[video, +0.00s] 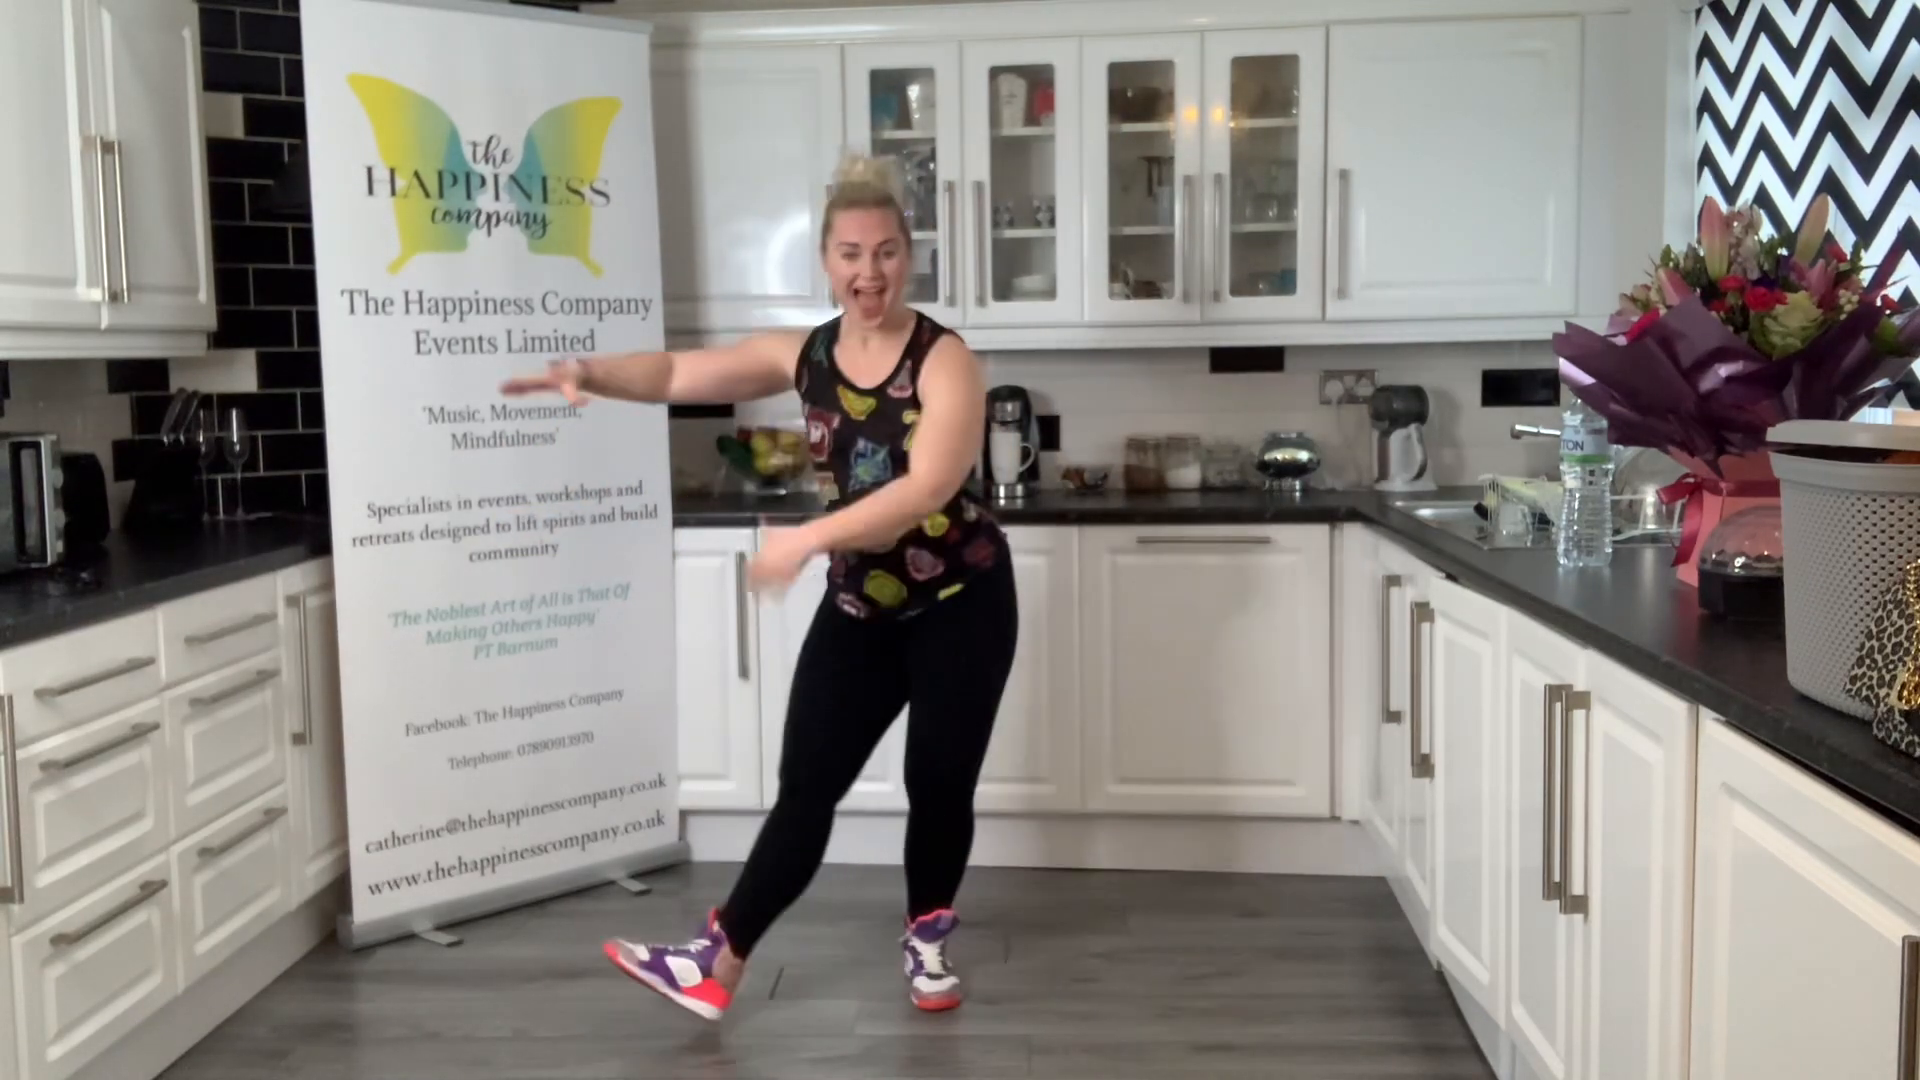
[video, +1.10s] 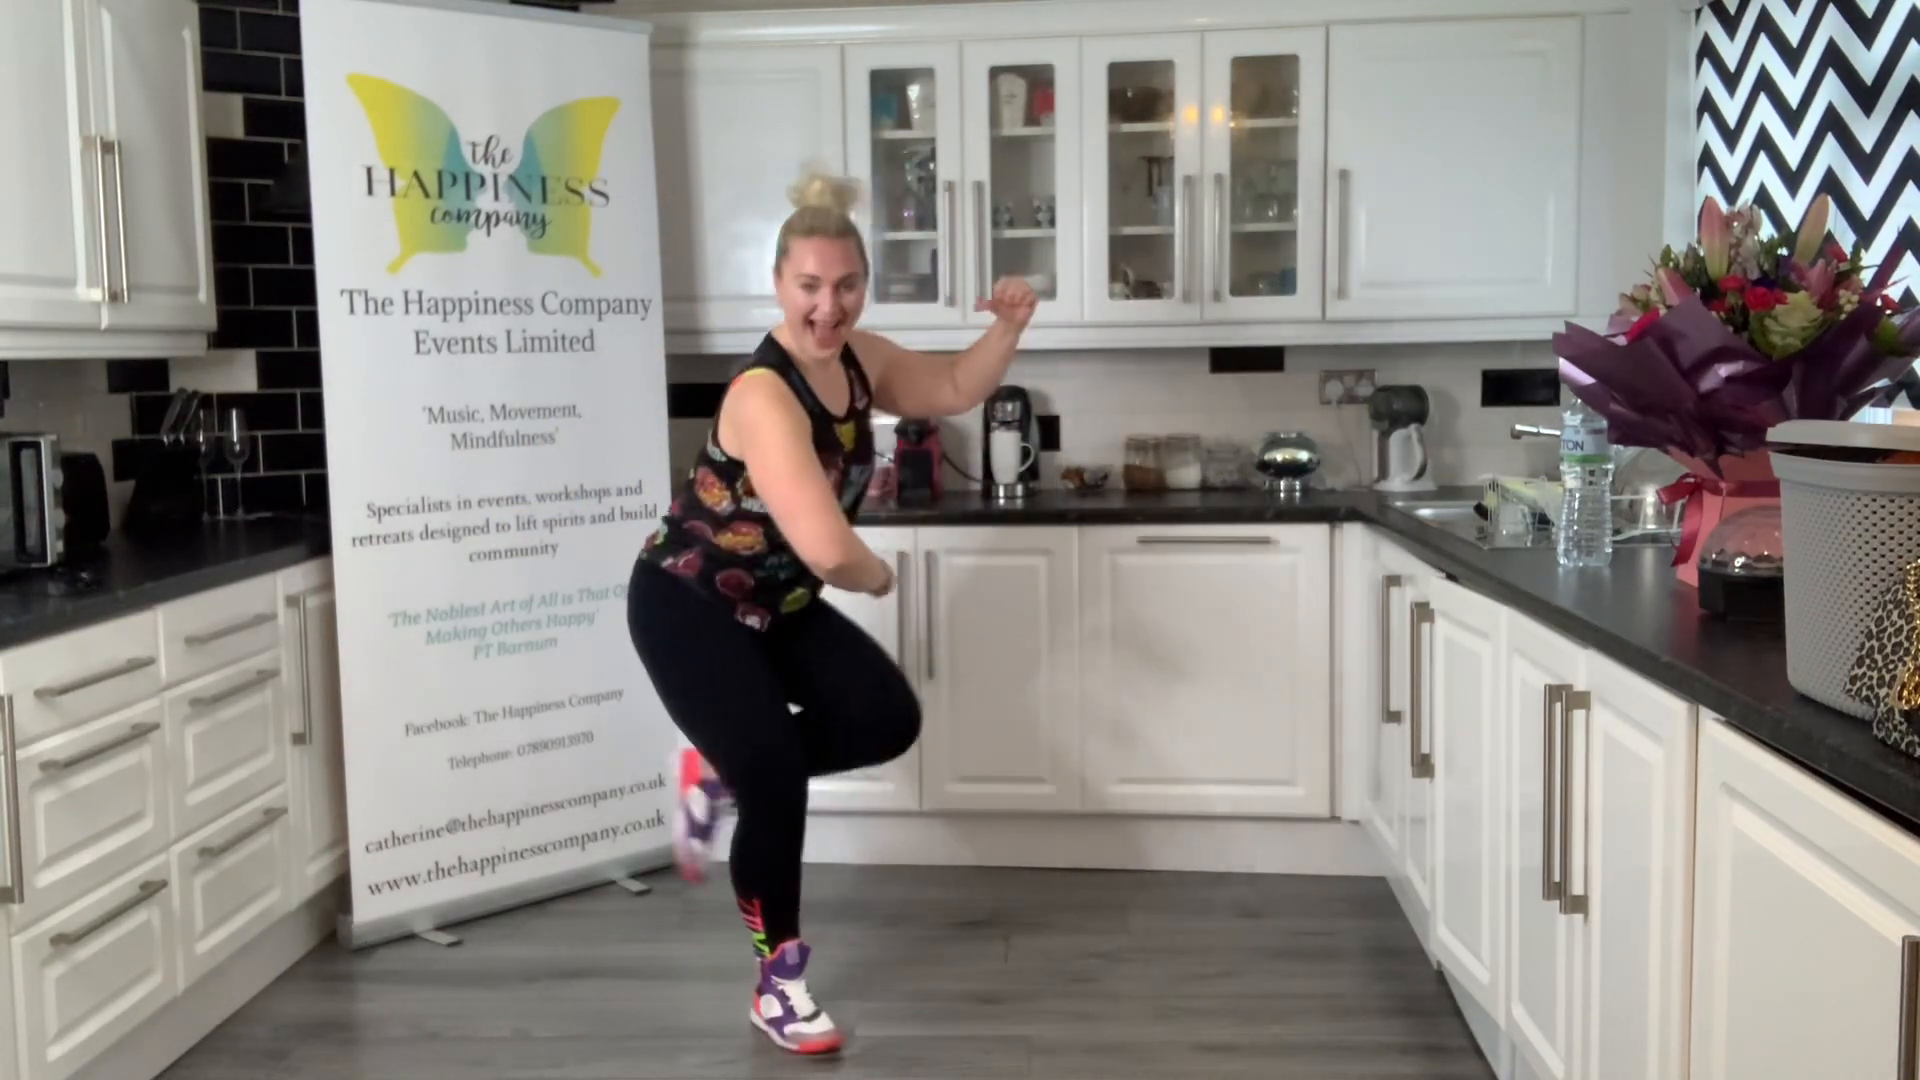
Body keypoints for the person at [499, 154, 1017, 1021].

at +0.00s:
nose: (868, 271)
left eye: (885, 251)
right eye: (849, 252)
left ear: (910, 254)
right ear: (825, 258)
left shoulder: (947, 363)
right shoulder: (806, 353)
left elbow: (930, 488)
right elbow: (676, 374)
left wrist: (809, 538)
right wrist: (586, 371)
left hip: (962, 605)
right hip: (862, 603)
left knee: (941, 787)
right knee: (805, 790)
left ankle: (930, 938)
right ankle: (718, 957)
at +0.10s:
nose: (875, 270)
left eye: (891, 252)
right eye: (857, 254)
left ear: (915, 256)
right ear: (832, 261)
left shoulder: (948, 359)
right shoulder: (805, 356)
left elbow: (920, 465)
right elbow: (711, 389)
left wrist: (855, 564)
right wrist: (626, 422)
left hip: (963, 601)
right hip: (865, 604)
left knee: (936, 790)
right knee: (821, 795)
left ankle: (928, 939)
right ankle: (738, 964)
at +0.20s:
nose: (873, 268)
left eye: (889, 250)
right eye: (854, 250)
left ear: (912, 253)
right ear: (828, 256)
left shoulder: (948, 353)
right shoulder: (793, 358)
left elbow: (970, 480)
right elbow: (747, 419)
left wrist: (934, 514)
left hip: (963, 597)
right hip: (864, 600)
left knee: (925, 774)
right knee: (799, 768)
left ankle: (927, 939)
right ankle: (734, 960)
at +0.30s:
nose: (871, 260)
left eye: (887, 241)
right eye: (852, 243)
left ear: (909, 244)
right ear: (824, 248)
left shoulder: (948, 336)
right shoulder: (785, 358)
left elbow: (1000, 362)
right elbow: (784, 451)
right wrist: (867, 516)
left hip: (959, 585)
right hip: (855, 588)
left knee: (925, 768)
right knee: (788, 747)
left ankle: (926, 937)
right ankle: (753, 948)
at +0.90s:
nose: (851, 257)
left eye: (868, 238)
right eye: (831, 239)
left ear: (886, 239)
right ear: (800, 241)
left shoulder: (890, 321)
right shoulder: (787, 353)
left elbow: (984, 357)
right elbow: (857, 506)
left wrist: (1037, 295)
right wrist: (915, 540)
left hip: (832, 568)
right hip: (739, 575)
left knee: (909, 723)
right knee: (777, 759)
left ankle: (916, 917)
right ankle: (777, 971)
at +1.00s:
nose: (843, 293)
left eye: (860, 275)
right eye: (825, 274)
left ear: (880, 274)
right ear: (793, 273)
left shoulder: (876, 344)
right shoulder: (779, 379)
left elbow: (966, 378)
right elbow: (853, 535)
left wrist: (1024, 314)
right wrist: (898, 562)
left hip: (800, 585)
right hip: (706, 589)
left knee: (915, 686)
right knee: (770, 771)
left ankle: (826, 841)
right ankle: (778, 975)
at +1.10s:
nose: (828, 302)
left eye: (845, 284)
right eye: (810, 283)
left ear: (865, 284)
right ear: (778, 283)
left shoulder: (862, 357)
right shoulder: (763, 394)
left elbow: (951, 388)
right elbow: (830, 554)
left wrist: (1008, 326)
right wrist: (878, 576)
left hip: (780, 597)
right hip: (690, 602)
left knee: (884, 719)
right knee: (774, 771)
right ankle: (780, 979)